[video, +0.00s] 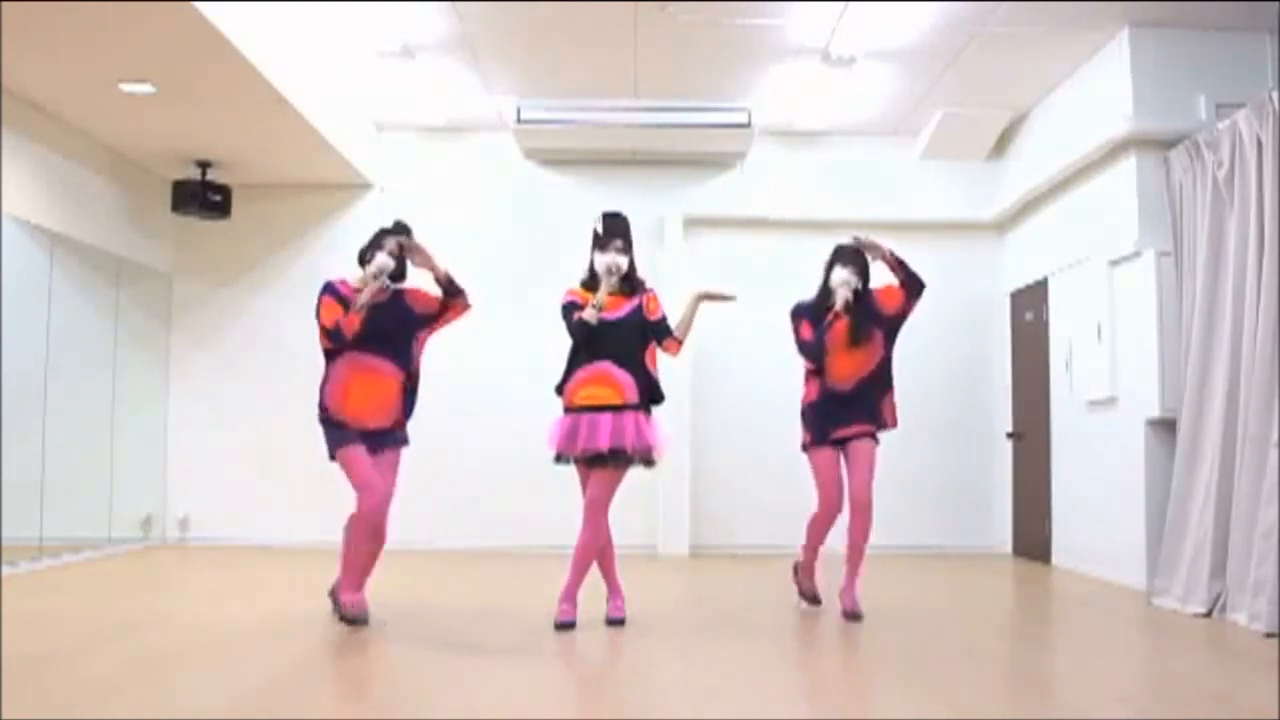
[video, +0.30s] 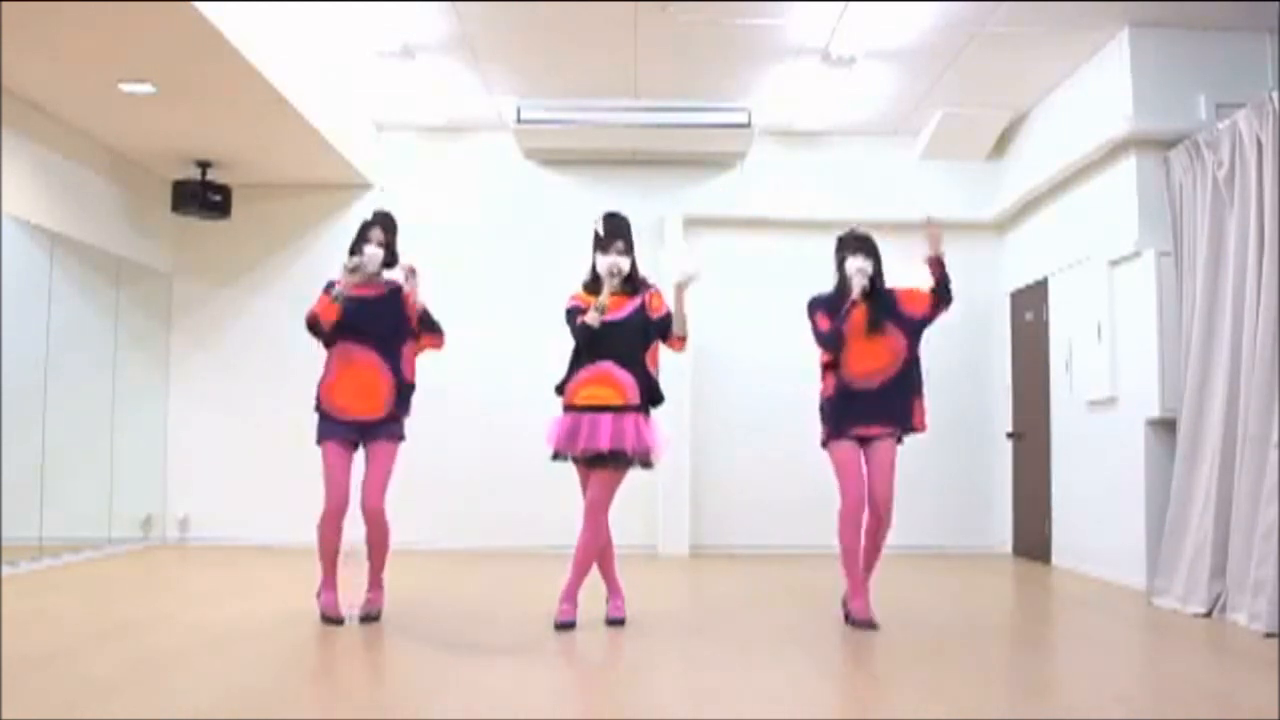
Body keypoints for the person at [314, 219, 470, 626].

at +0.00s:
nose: (389, 263)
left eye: (398, 257)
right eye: (383, 253)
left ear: (403, 267)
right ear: (366, 256)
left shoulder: (412, 307)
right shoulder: (339, 293)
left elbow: (459, 304)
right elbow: (334, 339)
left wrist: (430, 264)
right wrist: (364, 299)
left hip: (390, 423)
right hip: (343, 418)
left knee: (378, 511)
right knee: (373, 494)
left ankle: (355, 590)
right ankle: (347, 587)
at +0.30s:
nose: (373, 251)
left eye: (382, 246)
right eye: (367, 243)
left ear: (392, 252)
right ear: (356, 245)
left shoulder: (402, 299)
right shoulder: (338, 292)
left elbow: (433, 339)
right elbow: (317, 329)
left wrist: (414, 301)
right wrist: (341, 285)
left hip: (386, 410)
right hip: (338, 406)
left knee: (373, 505)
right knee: (335, 503)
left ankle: (375, 589)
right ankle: (328, 588)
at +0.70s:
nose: (370, 246)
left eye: (378, 241)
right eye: (364, 239)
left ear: (388, 249)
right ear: (354, 245)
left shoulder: (401, 298)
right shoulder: (333, 295)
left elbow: (413, 354)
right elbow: (315, 352)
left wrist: (425, 407)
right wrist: (302, 401)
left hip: (387, 408)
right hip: (339, 407)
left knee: (381, 495)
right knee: (344, 497)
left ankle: (376, 587)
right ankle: (348, 588)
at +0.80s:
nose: (368, 248)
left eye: (376, 242)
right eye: (362, 241)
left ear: (386, 249)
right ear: (352, 246)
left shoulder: (400, 297)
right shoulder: (333, 294)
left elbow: (408, 355)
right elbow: (324, 350)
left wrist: (408, 406)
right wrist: (320, 402)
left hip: (386, 405)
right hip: (339, 405)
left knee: (378, 494)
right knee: (344, 496)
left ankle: (374, 586)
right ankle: (347, 586)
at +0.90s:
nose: (366, 248)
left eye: (374, 242)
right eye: (360, 241)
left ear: (385, 249)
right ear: (351, 246)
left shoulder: (399, 297)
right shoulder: (332, 294)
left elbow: (405, 356)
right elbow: (326, 351)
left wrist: (405, 406)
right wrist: (324, 401)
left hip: (385, 403)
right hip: (339, 402)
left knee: (377, 494)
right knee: (344, 495)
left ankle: (373, 585)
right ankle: (347, 584)